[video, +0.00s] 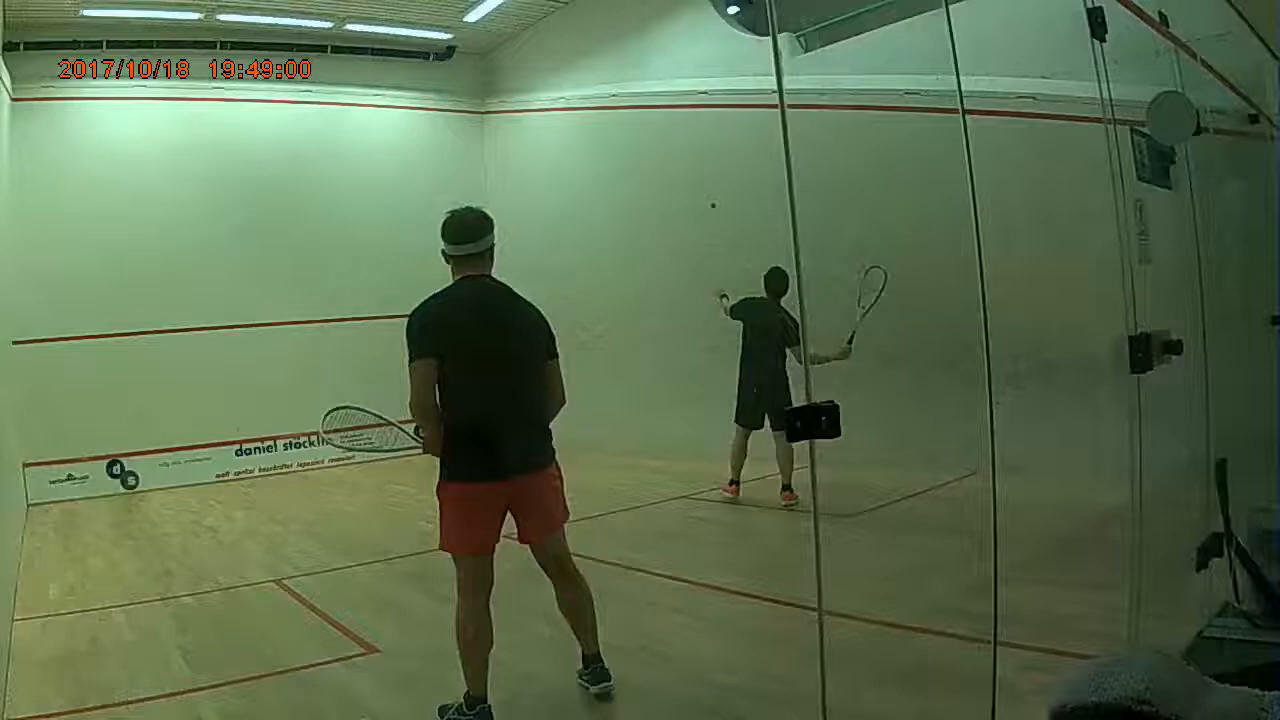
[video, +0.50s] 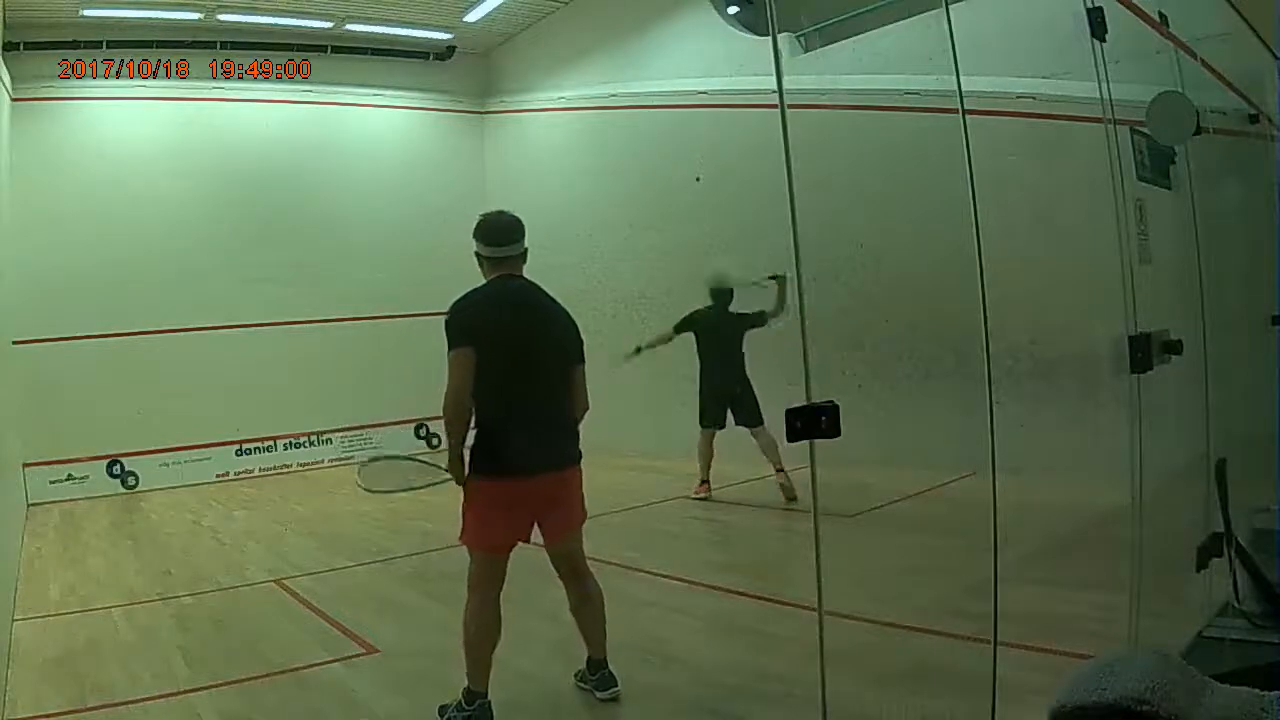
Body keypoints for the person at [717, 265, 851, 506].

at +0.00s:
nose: (783, 290)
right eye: (784, 286)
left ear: (765, 286)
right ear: (786, 289)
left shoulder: (750, 306)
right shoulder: (786, 320)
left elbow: (729, 312)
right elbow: (803, 357)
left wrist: (723, 298)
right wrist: (836, 356)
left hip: (749, 384)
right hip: (776, 385)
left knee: (742, 433)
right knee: (782, 436)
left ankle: (733, 484)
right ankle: (787, 490)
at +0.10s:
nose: (784, 292)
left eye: (781, 287)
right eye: (785, 288)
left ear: (764, 287)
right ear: (785, 291)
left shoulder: (747, 306)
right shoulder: (782, 322)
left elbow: (729, 311)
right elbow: (800, 359)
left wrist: (722, 298)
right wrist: (833, 356)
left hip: (746, 382)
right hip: (772, 385)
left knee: (737, 431)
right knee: (780, 434)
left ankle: (725, 483)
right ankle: (786, 489)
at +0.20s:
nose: (777, 296)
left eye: (769, 290)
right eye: (780, 293)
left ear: (760, 291)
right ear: (781, 297)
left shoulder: (743, 307)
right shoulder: (776, 325)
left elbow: (724, 303)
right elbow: (795, 361)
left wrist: (719, 297)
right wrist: (828, 353)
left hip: (739, 386)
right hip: (765, 389)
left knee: (726, 433)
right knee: (777, 438)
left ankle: (713, 481)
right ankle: (785, 489)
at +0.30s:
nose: (772, 300)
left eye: (765, 295)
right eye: (773, 296)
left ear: (754, 295)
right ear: (774, 299)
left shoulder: (737, 308)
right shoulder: (768, 326)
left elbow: (718, 298)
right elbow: (792, 358)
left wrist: (711, 292)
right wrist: (822, 342)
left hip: (730, 387)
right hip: (757, 389)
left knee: (719, 434)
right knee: (773, 437)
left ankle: (703, 482)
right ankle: (784, 489)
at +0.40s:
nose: (750, 300)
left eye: (745, 295)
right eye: (754, 297)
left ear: (736, 296)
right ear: (757, 300)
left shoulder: (721, 313)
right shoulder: (758, 327)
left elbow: (694, 306)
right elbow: (791, 340)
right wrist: (803, 316)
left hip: (719, 389)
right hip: (747, 389)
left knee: (709, 437)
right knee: (766, 437)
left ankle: (700, 483)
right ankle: (782, 485)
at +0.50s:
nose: (723, 300)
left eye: (719, 296)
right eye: (726, 296)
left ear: (710, 296)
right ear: (730, 296)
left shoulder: (697, 318)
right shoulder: (739, 320)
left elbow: (667, 336)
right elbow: (776, 311)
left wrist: (643, 347)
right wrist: (781, 285)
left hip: (711, 387)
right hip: (740, 385)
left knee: (707, 434)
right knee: (759, 431)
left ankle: (704, 484)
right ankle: (780, 473)